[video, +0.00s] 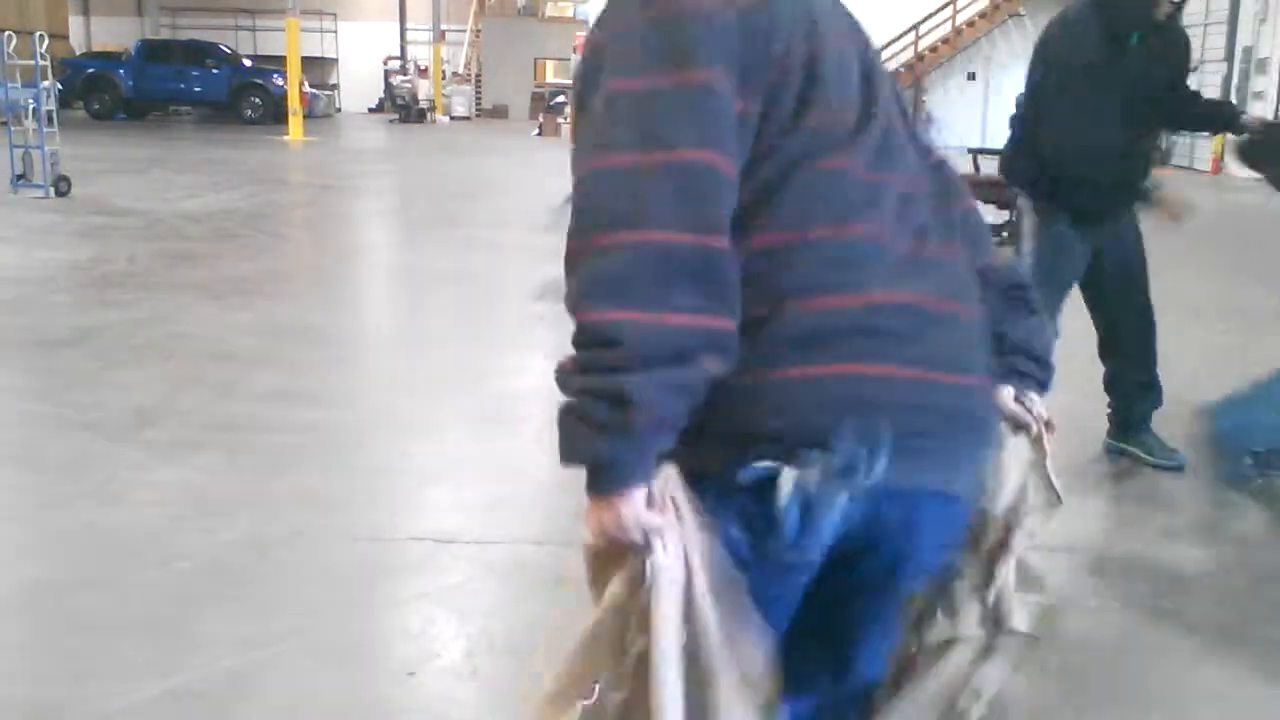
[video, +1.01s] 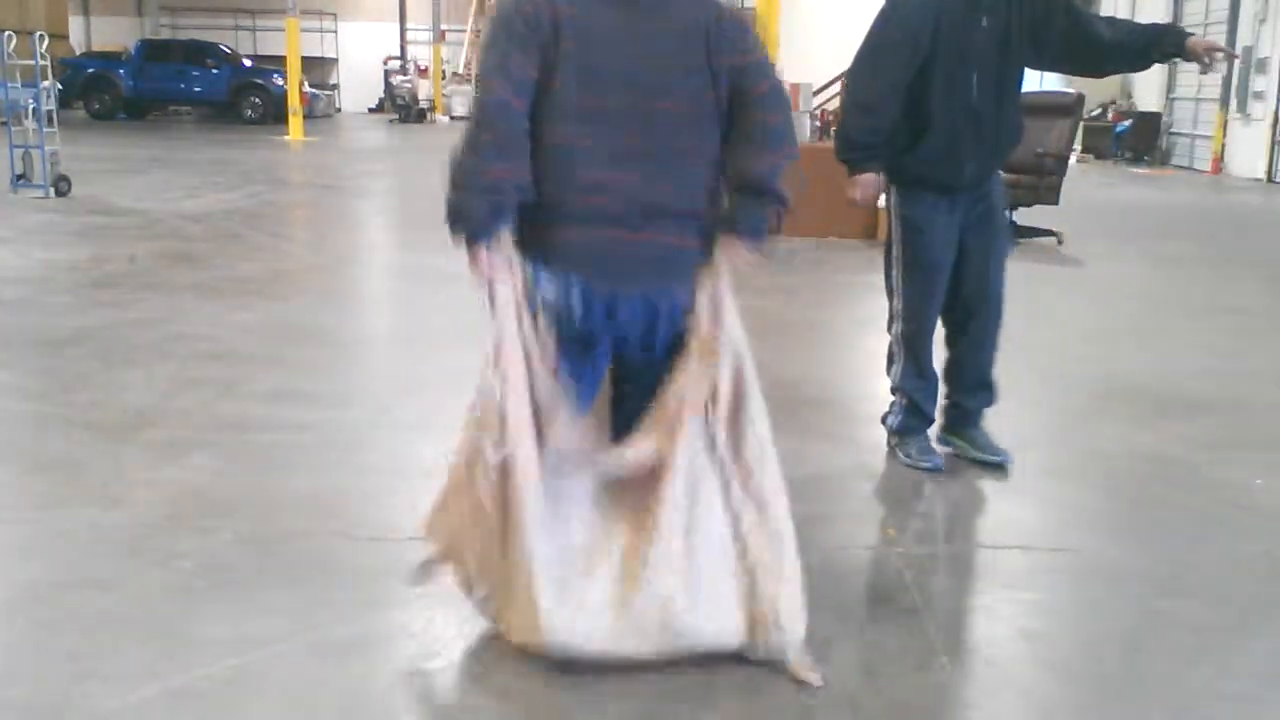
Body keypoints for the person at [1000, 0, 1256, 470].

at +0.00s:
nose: (1170, 8)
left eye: (1174, 6)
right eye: (1166, 4)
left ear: (1171, 7)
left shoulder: (1167, 40)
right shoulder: (1076, 30)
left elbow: (1165, 105)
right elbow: (1068, 134)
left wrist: (1234, 119)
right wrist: (1142, 188)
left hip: (1113, 201)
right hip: (1055, 202)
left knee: (1130, 322)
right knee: (1032, 323)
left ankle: (1129, 426)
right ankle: (1002, 431)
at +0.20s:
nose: (1104, 21)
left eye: (1108, 16)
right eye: (1099, 15)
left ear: (1107, 12)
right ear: (1075, 9)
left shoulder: (1110, 42)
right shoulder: (1009, 45)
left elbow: (1176, 88)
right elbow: (979, 132)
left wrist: (1256, 96)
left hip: (1066, 218)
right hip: (1008, 223)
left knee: (1102, 323)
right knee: (989, 346)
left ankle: (1126, 426)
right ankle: (930, 437)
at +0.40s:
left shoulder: (1061, 33)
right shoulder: (959, 32)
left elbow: (1125, 78)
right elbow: (921, 126)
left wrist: (1209, 87)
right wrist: (915, 215)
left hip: (1033, 212)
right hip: (971, 218)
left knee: (1082, 314)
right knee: (977, 341)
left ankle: (1094, 423)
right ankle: (925, 430)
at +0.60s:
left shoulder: (1029, 12)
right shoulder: (935, 11)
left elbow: (1097, 42)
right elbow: (908, 78)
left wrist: (1191, 58)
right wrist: (933, 152)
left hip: (1004, 175)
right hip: (947, 180)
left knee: (1045, 287)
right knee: (944, 312)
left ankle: (1053, 406)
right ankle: (909, 426)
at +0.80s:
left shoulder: (1023, 11)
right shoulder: (922, 9)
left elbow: (1094, 38)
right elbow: (881, 79)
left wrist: (1189, 49)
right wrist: (905, 153)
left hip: (984, 176)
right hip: (925, 179)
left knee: (1014, 300)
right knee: (919, 313)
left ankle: (1022, 419)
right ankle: (908, 429)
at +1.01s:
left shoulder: (1024, 10)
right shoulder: (922, 8)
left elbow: (1089, 39)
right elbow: (877, 67)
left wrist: (1177, 42)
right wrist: (864, 157)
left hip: (980, 174)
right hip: (921, 174)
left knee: (979, 306)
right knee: (916, 310)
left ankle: (962, 422)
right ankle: (907, 427)